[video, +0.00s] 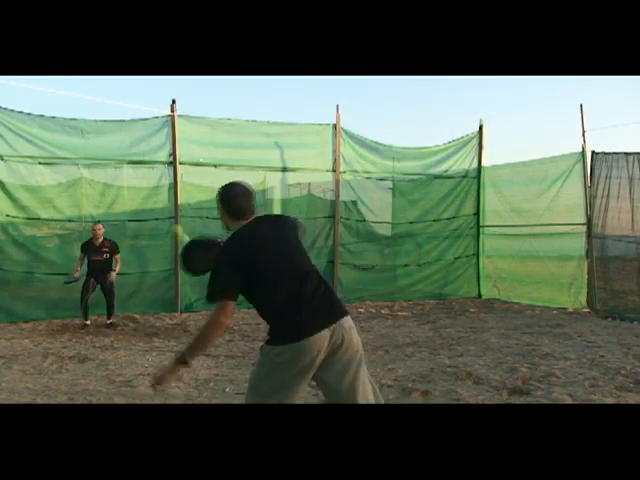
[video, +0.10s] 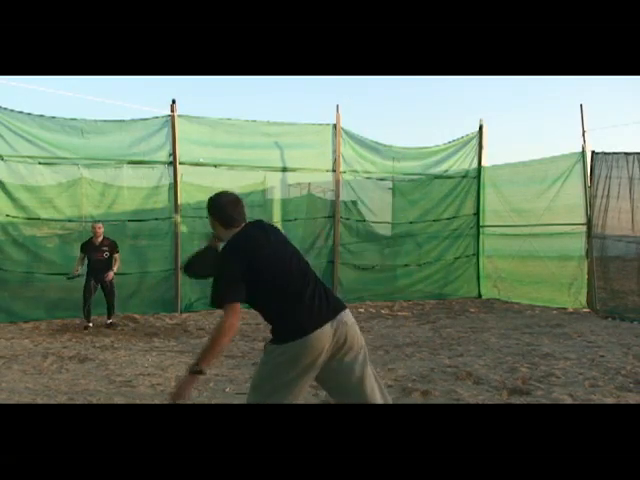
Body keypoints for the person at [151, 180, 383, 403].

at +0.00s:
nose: (220, 215)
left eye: (220, 210)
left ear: (223, 213)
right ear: (253, 205)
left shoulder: (231, 251)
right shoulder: (284, 223)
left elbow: (222, 319)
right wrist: (231, 250)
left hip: (294, 340)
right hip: (340, 323)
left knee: (263, 398)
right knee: (361, 398)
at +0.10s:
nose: (210, 226)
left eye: (210, 221)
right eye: (210, 221)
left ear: (215, 224)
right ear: (244, 214)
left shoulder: (231, 255)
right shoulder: (266, 229)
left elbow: (230, 323)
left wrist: (194, 374)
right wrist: (221, 251)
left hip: (299, 339)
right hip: (341, 321)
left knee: (263, 399)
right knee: (371, 398)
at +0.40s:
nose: (236, 219)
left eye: (235, 214)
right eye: (236, 213)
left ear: (240, 218)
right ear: (267, 210)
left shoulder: (255, 248)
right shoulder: (289, 229)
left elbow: (272, 312)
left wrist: (247, 365)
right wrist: (260, 325)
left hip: (318, 341)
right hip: (356, 323)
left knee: (271, 400)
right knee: (384, 398)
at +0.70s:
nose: (320, 203)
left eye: (321, 199)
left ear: (323, 203)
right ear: (352, 202)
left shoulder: (318, 238)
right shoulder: (377, 234)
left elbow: (323, 300)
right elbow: (396, 289)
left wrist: (307, 339)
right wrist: (389, 315)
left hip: (349, 345)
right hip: (394, 337)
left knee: (304, 399)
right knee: (400, 400)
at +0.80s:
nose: (335, 196)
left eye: (336, 192)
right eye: (337, 191)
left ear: (340, 196)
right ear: (369, 196)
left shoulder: (330, 231)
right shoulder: (391, 228)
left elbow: (328, 291)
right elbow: (411, 284)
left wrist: (309, 325)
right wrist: (385, 302)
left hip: (355, 340)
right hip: (400, 333)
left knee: (315, 399)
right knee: (409, 399)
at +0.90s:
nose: (346, 196)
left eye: (346, 192)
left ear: (349, 195)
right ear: (377, 198)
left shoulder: (336, 228)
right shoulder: (399, 228)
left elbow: (326, 288)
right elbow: (419, 286)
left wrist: (308, 308)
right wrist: (392, 302)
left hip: (357, 340)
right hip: (403, 335)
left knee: (325, 399)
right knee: (411, 399)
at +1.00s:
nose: (347, 194)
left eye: (348, 191)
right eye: (349, 191)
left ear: (351, 194)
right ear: (380, 197)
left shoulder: (336, 228)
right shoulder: (400, 228)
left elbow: (316, 286)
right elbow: (421, 287)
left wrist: (303, 293)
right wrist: (395, 299)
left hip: (356, 338)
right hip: (403, 332)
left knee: (326, 399)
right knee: (413, 399)